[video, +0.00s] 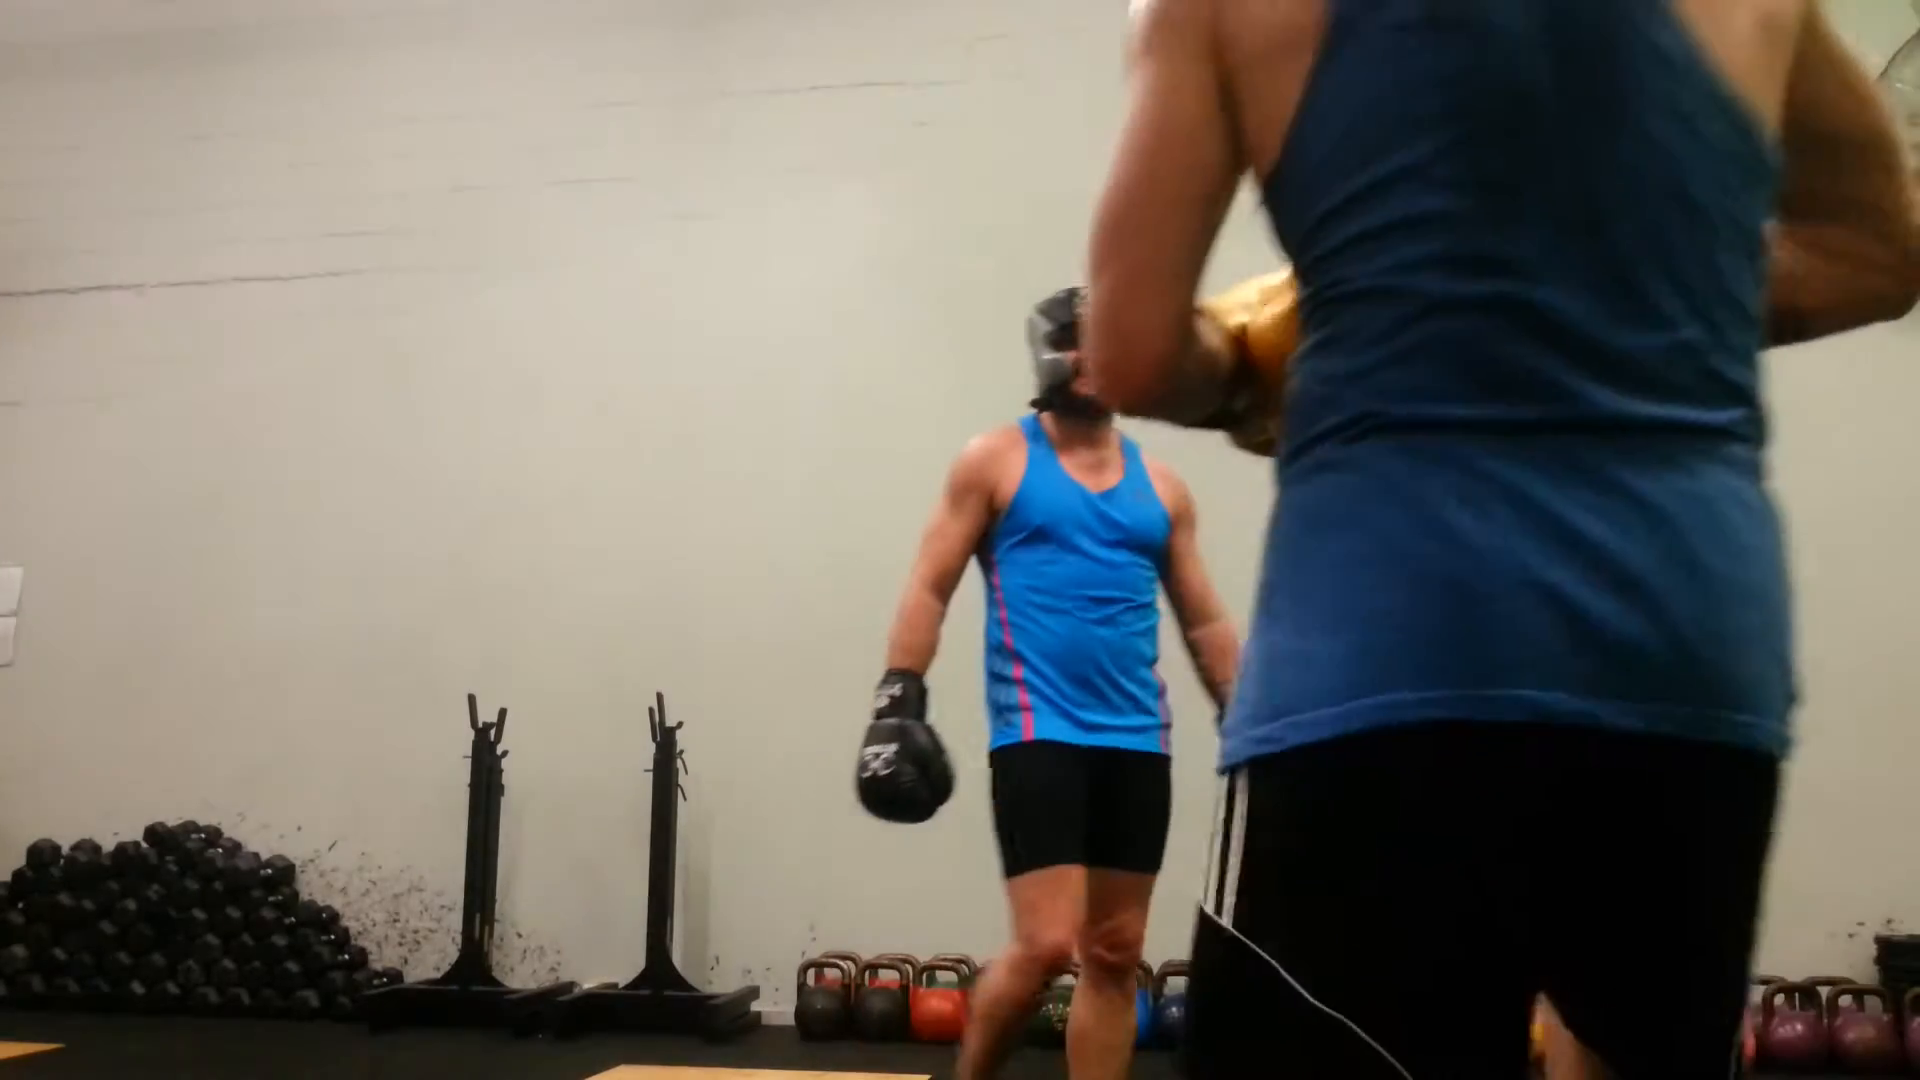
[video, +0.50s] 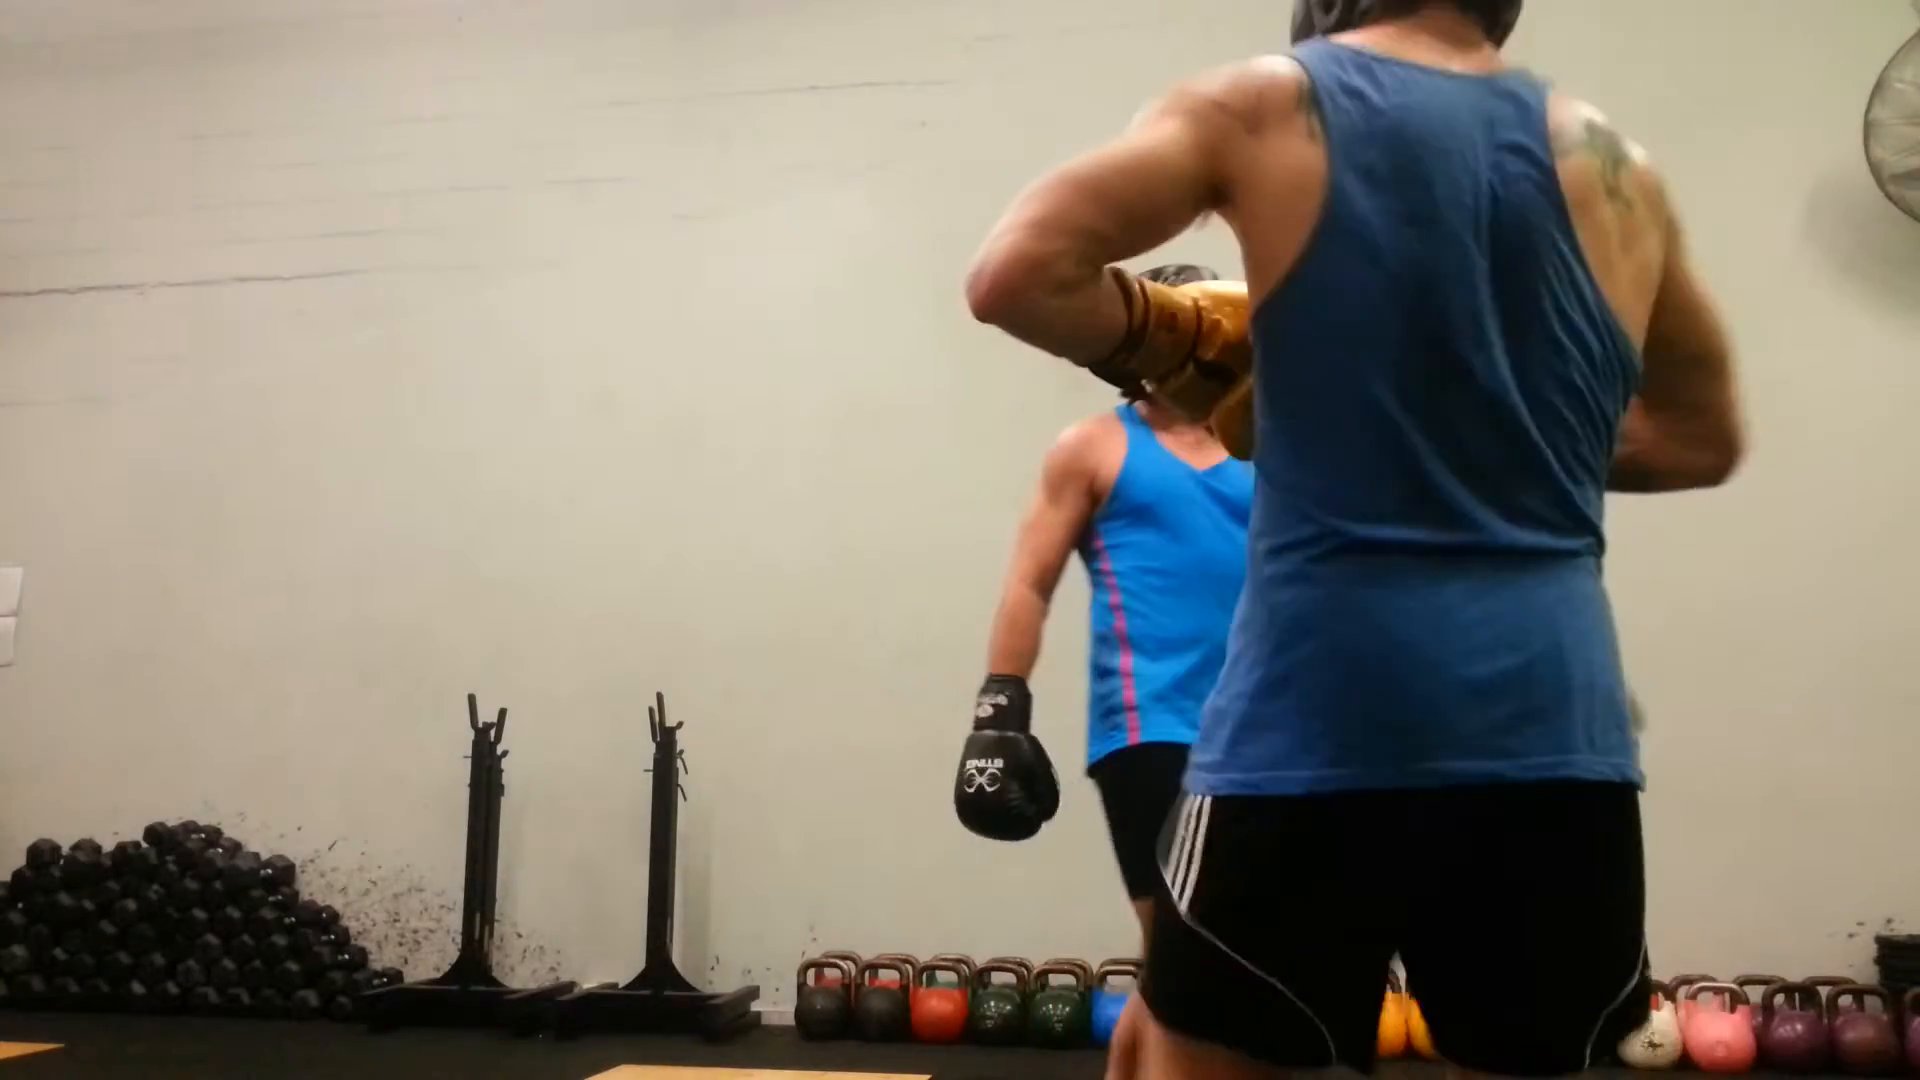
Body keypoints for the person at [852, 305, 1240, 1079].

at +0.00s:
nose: (1085, 360)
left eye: (1099, 343)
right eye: (1068, 342)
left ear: (1122, 362)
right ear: (1041, 357)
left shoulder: (1160, 486)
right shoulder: (996, 460)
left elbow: (1207, 623)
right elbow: (931, 586)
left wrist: (1253, 728)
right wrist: (897, 705)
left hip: (1136, 737)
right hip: (1035, 733)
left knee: (1117, 951)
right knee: (1046, 943)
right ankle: (969, 1073)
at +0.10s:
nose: (1099, 379)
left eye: (1115, 366)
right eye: (1087, 365)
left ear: (1138, 376)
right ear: (1061, 372)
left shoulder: (1188, 478)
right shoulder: (1016, 453)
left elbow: (1231, 617)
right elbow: (946, 578)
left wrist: (1283, 713)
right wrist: (925, 696)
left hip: (1149, 730)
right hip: (1050, 721)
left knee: (1124, 952)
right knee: (1085, 936)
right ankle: (1040, 1074)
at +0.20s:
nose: (1143, 367)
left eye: (1156, 348)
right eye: (1125, 345)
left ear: (1174, 357)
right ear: (1095, 357)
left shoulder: (1199, 474)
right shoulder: (1038, 448)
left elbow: (1256, 600)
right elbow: (966, 574)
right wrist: (952, 692)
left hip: (1166, 735)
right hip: (1067, 725)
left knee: (1133, 957)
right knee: (1113, 949)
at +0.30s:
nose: (1152, 357)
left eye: (1167, 338)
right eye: (1134, 337)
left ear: (1188, 349)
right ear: (1103, 350)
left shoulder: (1218, 461)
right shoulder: (1058, 448)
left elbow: (1261, 596)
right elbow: (984, 578)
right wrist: (974, 699)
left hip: (1194, 732)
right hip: (1092, 728)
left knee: (1139, 959)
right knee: (1151, 952)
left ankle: (1097, 1072)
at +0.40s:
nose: (1189, 368)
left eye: (1201, 347)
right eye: (1168, 349)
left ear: (1222, 354)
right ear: (1133, 359)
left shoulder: (1240, 462)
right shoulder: (1075, 451)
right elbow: (1003, 582)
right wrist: (988, 706)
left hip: (1231, 736)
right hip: (1123, 737)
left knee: (1154, 965)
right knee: (1170, 957)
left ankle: (1110, 1068)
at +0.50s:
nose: (1201, 356)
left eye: (1213, 338)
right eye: (1184, 338)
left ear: (1230, 348)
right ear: (1147, 353)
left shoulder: (1250, 454)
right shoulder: (1097, 448)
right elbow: (1030, 584)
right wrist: (1001, 717)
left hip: (1254, 728)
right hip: (1148, 735)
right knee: (1180, 956)